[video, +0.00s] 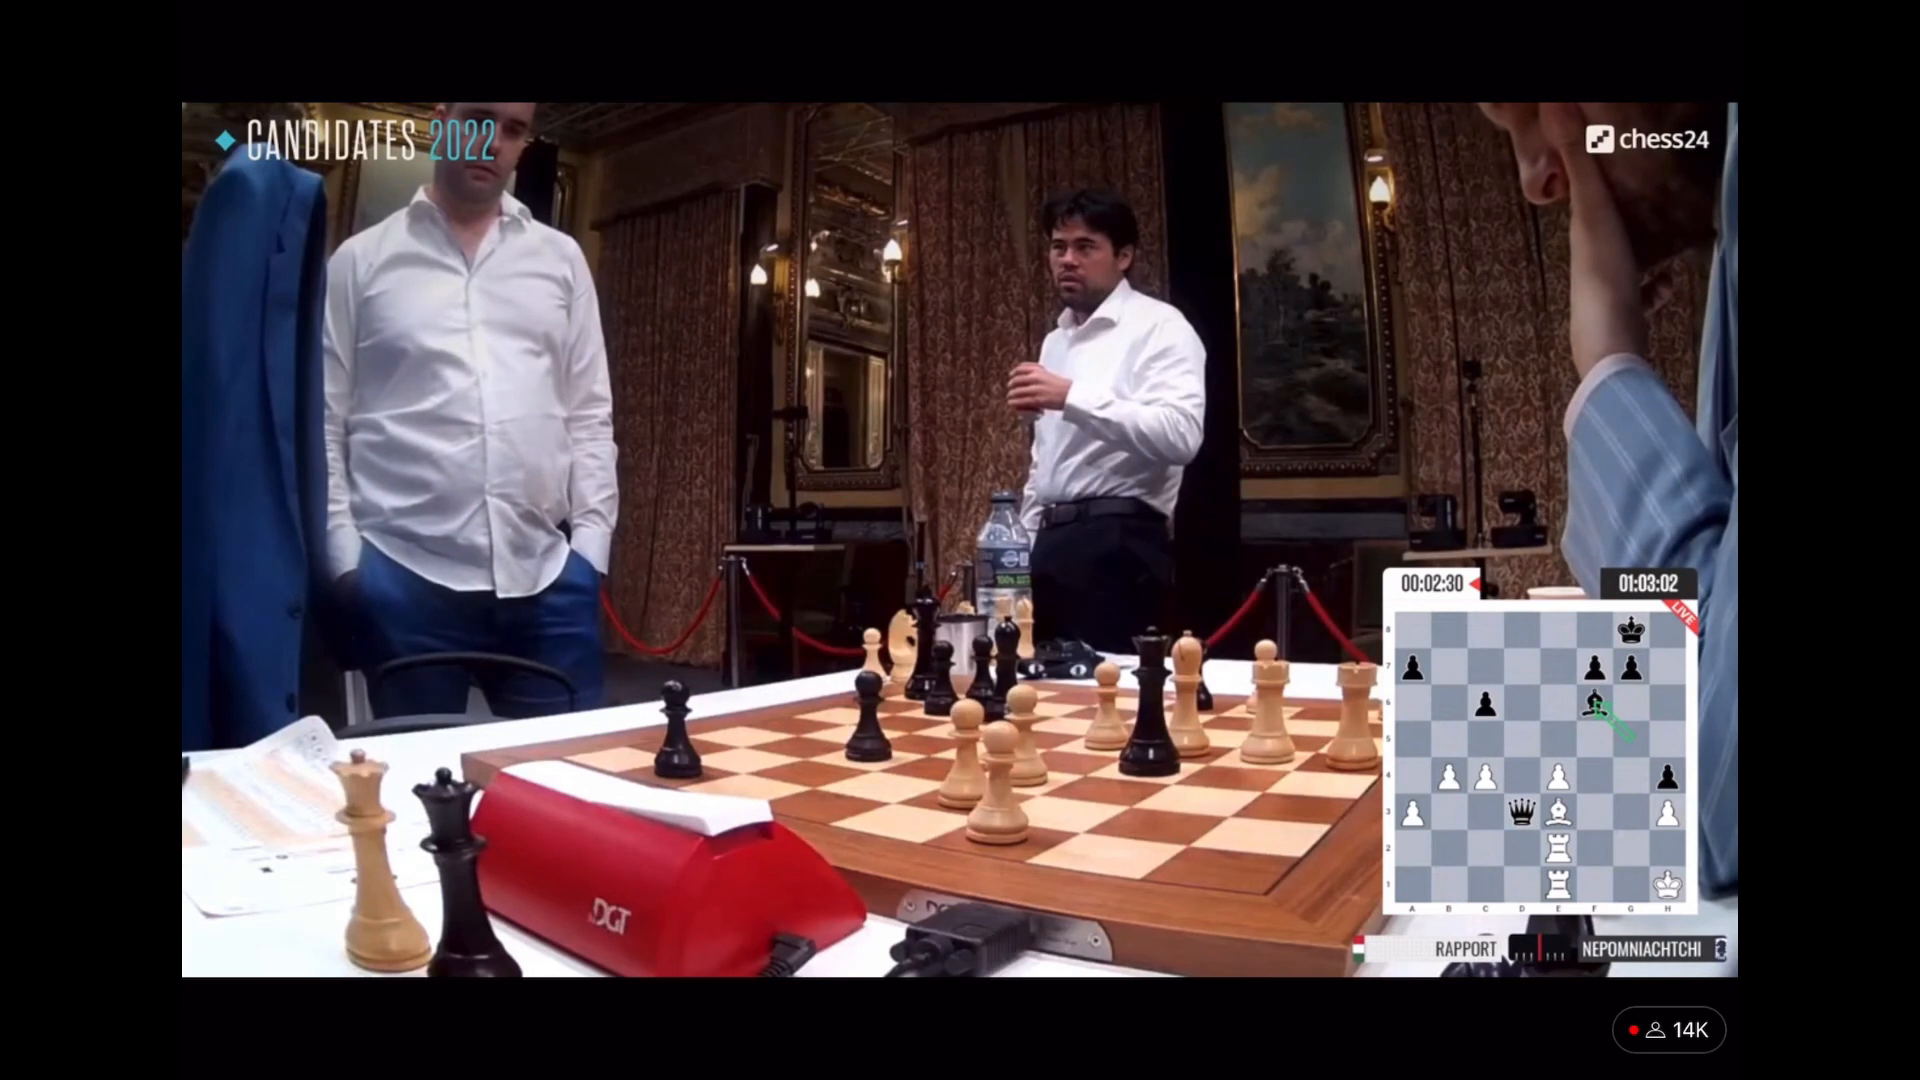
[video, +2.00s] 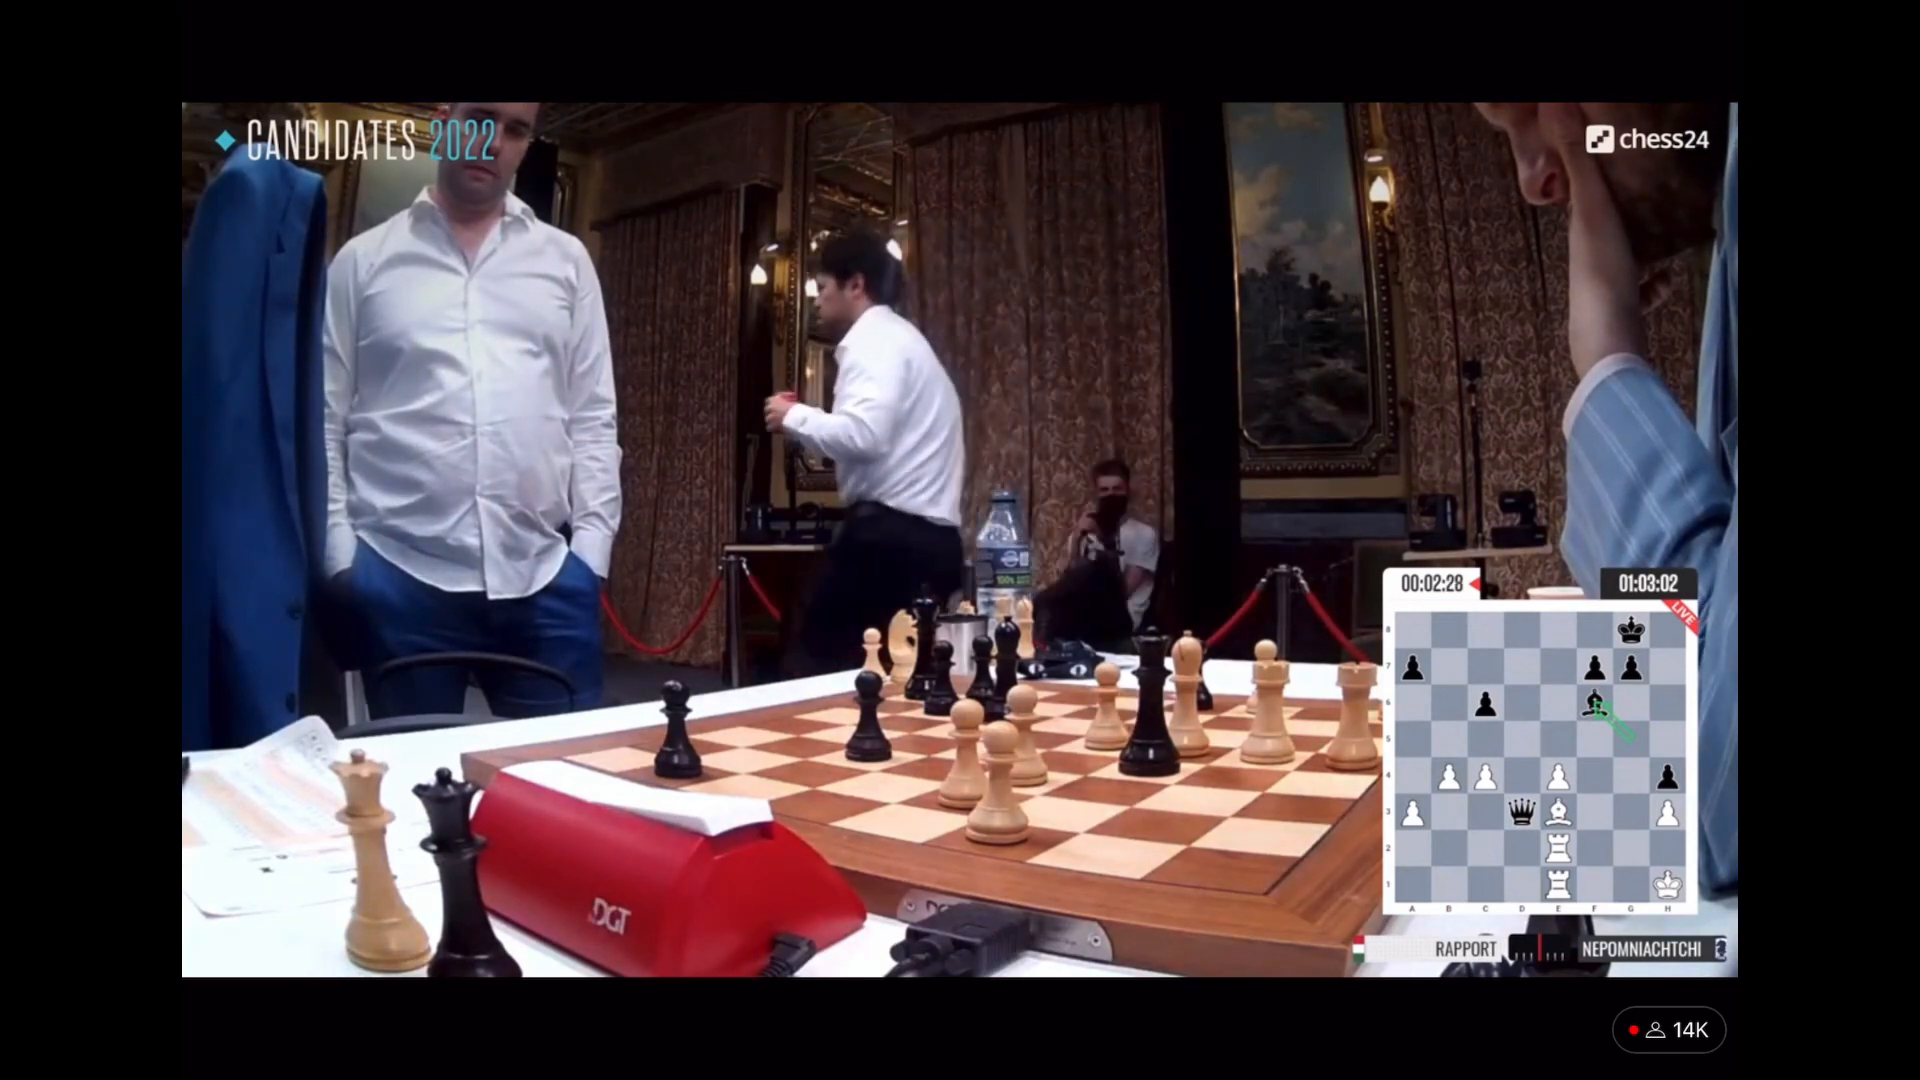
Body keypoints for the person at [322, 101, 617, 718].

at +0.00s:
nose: (490, 145)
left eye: (512, 130)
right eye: (476, 121)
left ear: (528, 144)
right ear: (439, 119)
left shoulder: (561, 259)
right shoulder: (360, 262)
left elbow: (590, 416)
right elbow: (325, 420)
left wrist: (589, 549)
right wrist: (346, 562)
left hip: (549, 583)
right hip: (406, 586)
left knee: (575, 789)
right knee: (418, 792)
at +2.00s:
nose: (490, 144)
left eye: (514, 131)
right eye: (477, 120)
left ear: (530, 146)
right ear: (441, 121)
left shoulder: (565, 260)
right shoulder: (362, 263)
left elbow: (594, 417)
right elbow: (325, 419)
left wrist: (589, 554)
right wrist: (342, 561)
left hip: (547, 584)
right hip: (402, 586)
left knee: (572, 788)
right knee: (414, 791)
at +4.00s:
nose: (486, 146)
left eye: (509, 132)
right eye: (473, 122)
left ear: (526, 147)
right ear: (437, 121)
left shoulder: (558, 261)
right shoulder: (357, 264)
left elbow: (586, 418)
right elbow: (323, 420)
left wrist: (584, 553)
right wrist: (340, 562)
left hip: (543, 582)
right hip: (400, 584)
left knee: (567, 787)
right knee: (414, 791)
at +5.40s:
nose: (526, 135)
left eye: (540, 118)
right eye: (505, 115)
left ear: (552, 129)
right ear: (460, 119)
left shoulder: (566, 247)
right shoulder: (393, 246)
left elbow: (590, 403)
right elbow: (349, 419)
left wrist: (587, 538)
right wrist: (394, 574)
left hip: (565, 578)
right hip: (443, 584)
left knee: (568, 790)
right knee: (447, 800)